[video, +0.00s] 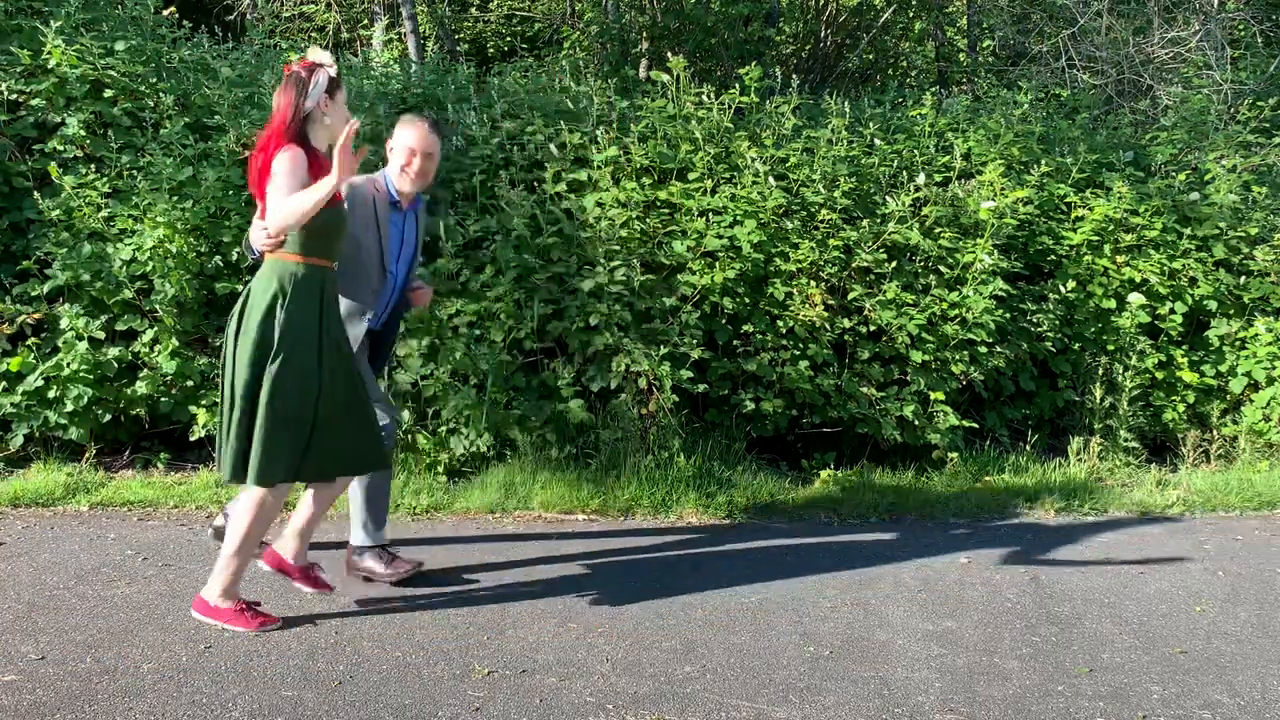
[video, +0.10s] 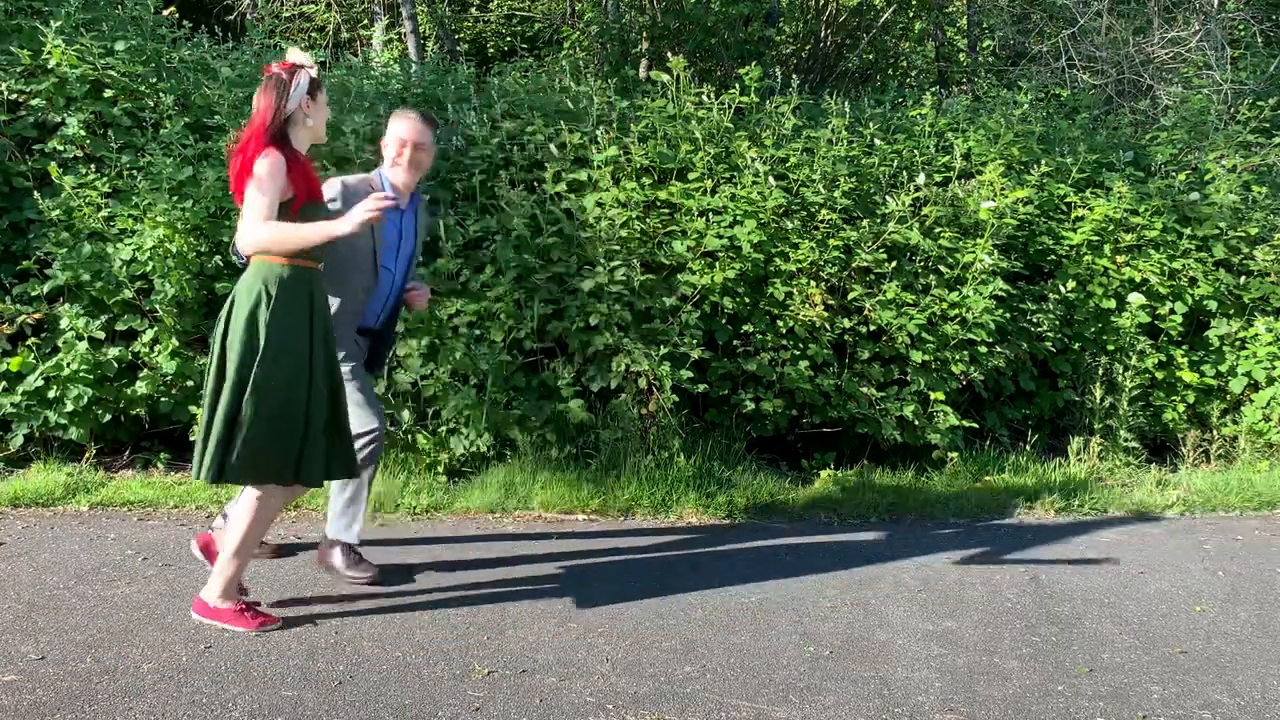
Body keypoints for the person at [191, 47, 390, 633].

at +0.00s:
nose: (348, 105)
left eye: (344, 95)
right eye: (341, 96)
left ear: (315, 103)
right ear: (319, 105)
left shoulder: (318, 160)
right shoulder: (289, 153)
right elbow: (279, 219)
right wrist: (335, 178)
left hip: (316, 312)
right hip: (284, 310)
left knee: (353, 445)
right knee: (277, 458)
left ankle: (290, 545)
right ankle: (217, 591)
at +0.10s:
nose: (328, 107)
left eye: (325, 97)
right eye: (322, 97)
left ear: (293, 106)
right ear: (302, 105)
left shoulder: (288, 163)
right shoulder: (270, 161)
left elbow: (271, 234)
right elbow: (252, 236)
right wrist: (339, 225)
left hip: (295, 300)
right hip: (273, 301)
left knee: (310, 452)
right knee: (283, 457)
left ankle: (224, 539)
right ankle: (219, 593)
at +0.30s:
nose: (307, 110)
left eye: (303, 100)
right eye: (300, 102)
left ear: (270, 111)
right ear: (279, 111)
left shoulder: (263, 166)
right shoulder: (253, 169)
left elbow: (248, 251)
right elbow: (235, 261)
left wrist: (304, 254)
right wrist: (316, 280)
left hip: (254, 322)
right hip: (255, 327)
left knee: (221, 458)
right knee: (308, 458)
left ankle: (152, 572)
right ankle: (247, 570)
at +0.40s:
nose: (304, 101)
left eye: (299, 91)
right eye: (296, 93)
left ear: (268, 104)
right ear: (275, 105)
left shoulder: (259, 160)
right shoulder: (254, 162)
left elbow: (238, 246)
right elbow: (239, 257)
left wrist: (303, 239)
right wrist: (318, 272)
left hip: (245, 315)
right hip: (250, 319)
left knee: (217, 451)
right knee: (318, 439)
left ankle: (154, 570)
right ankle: (284, 560)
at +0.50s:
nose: (304, 102)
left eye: (300, 93)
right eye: (297, 95)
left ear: (271, 107)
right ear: (276, 108)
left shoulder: (254, 160)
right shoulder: (259, 163)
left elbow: (230, 246)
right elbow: (248, 258)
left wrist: (305, 241)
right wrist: (329, 266)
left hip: (244, 315)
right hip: (257, 319)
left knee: (231, 451)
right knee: (302, 439)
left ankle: (160, 564)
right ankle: (312, 563)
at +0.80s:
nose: (327, 104)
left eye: (323, 96)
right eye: (318, 98)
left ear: (290, 113)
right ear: (293, 112)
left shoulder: (275, 161)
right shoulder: (285, 165)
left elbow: (293, 246)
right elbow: (288, 258)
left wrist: (357, 247)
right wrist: (361, 254)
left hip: (263, 305)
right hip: (276, 310)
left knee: (268, 443)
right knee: (313, 443)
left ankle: (197, 542)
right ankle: (313, 565)